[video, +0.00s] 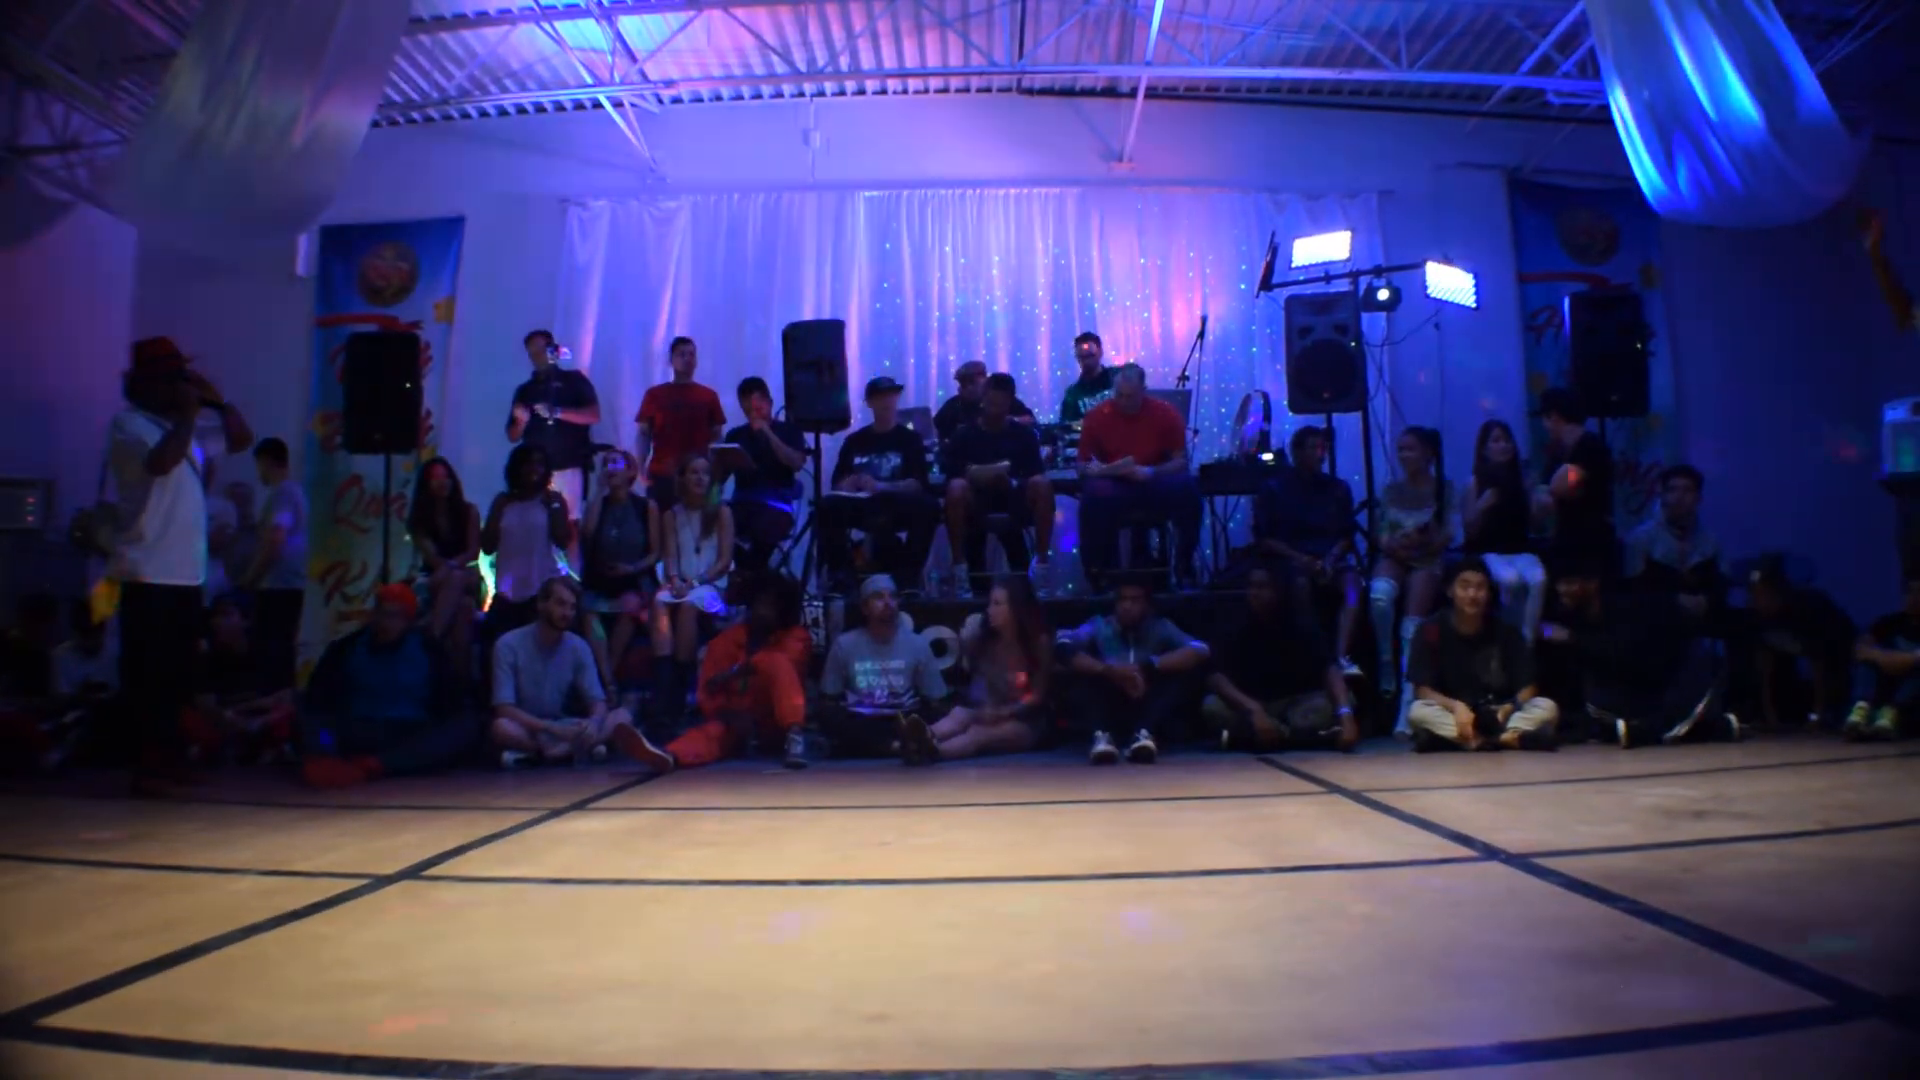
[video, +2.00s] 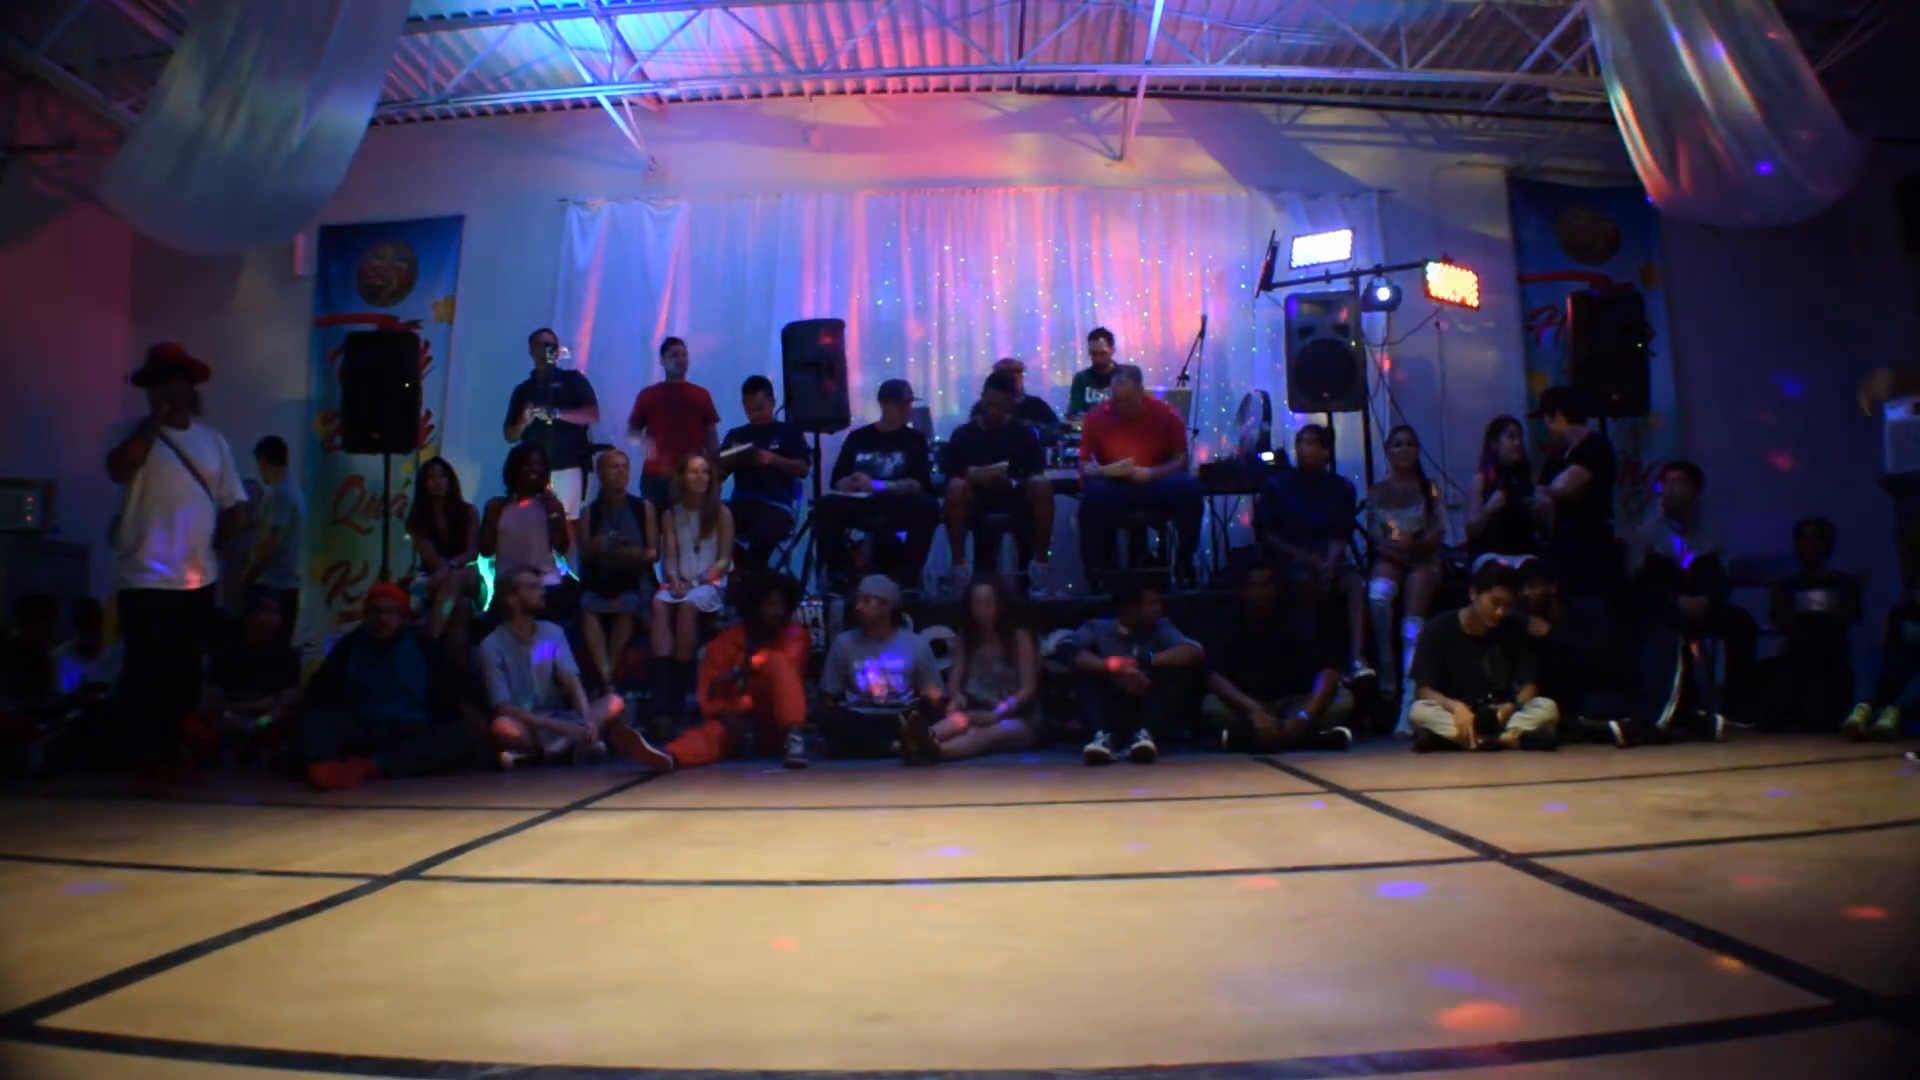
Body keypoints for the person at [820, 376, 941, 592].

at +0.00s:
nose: (887, 403)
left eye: (891, 397)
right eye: (881, 398)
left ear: (897, 400)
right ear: (870, 403)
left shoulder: (910, 439)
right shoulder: (854, 441)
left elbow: (918, 483)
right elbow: (837, 485)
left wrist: (878, 486)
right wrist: (852, 484)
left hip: (897, 502)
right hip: (861, 503)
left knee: (928, 508)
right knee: (827, 507)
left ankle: (908, 579)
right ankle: (841, 578)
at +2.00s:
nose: (909, 408)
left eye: (910, 403)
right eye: (904, 403)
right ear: (886, 405)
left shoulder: (915, 440)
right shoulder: (857, 438)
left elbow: (919, 484)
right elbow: (836, 482)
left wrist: (875, 485)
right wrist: (851, 483)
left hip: (898, 503)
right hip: (860, 503)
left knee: (927, 508)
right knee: (825, 507)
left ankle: (910, 579)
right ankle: (839, 576)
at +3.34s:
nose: (893, 405)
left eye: (896, 399)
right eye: (887, 399)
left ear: (900, 402)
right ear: (874, 404)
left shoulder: (912, 438)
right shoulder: (856, 439)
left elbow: (922, 481)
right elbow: (842, 479)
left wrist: (893, 490)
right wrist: (845, 486)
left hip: (899, 503)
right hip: (862, 503)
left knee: (927, 507)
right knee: (829, 507)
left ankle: (909, 576)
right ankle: (838, 574)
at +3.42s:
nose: (893, 404)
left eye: (895, 399)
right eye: (886, 399)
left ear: (899, 401)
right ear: (873, 403)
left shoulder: (912, 437)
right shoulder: (861, 438)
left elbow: (921, 481)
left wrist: (890, 490)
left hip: (907, 502)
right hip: (872, 506)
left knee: (928, 510)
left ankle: (912, 575)